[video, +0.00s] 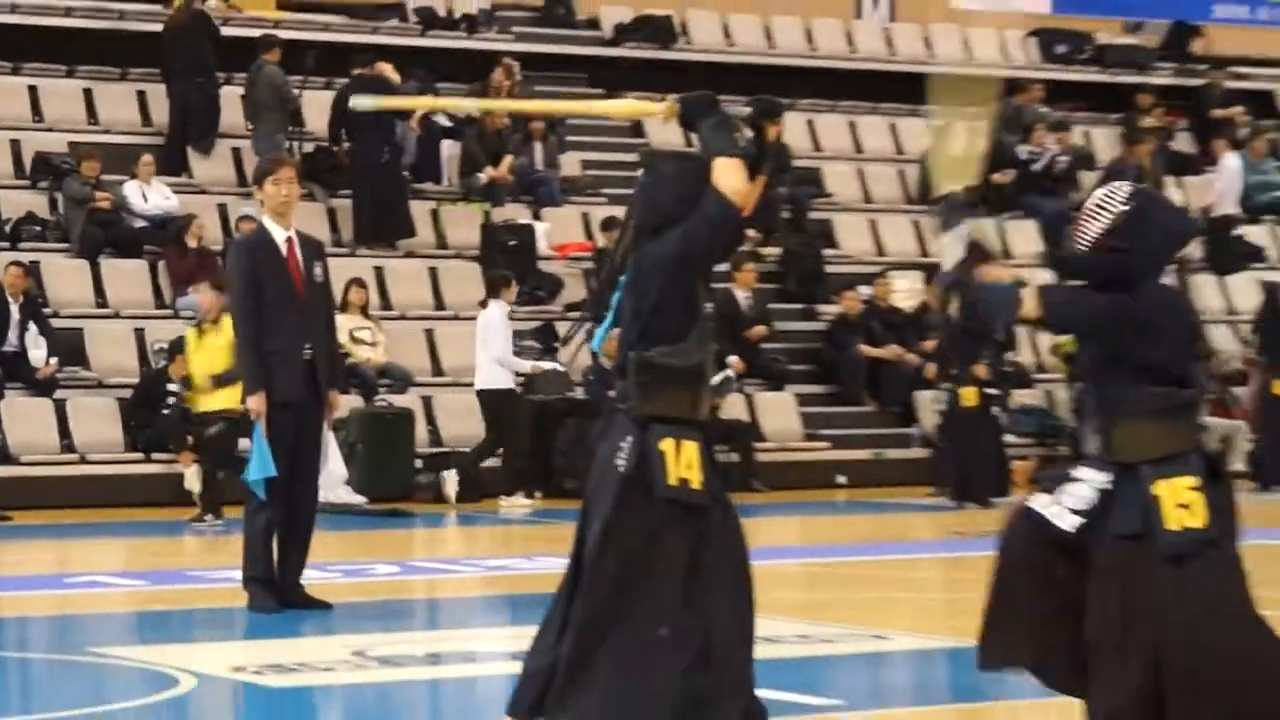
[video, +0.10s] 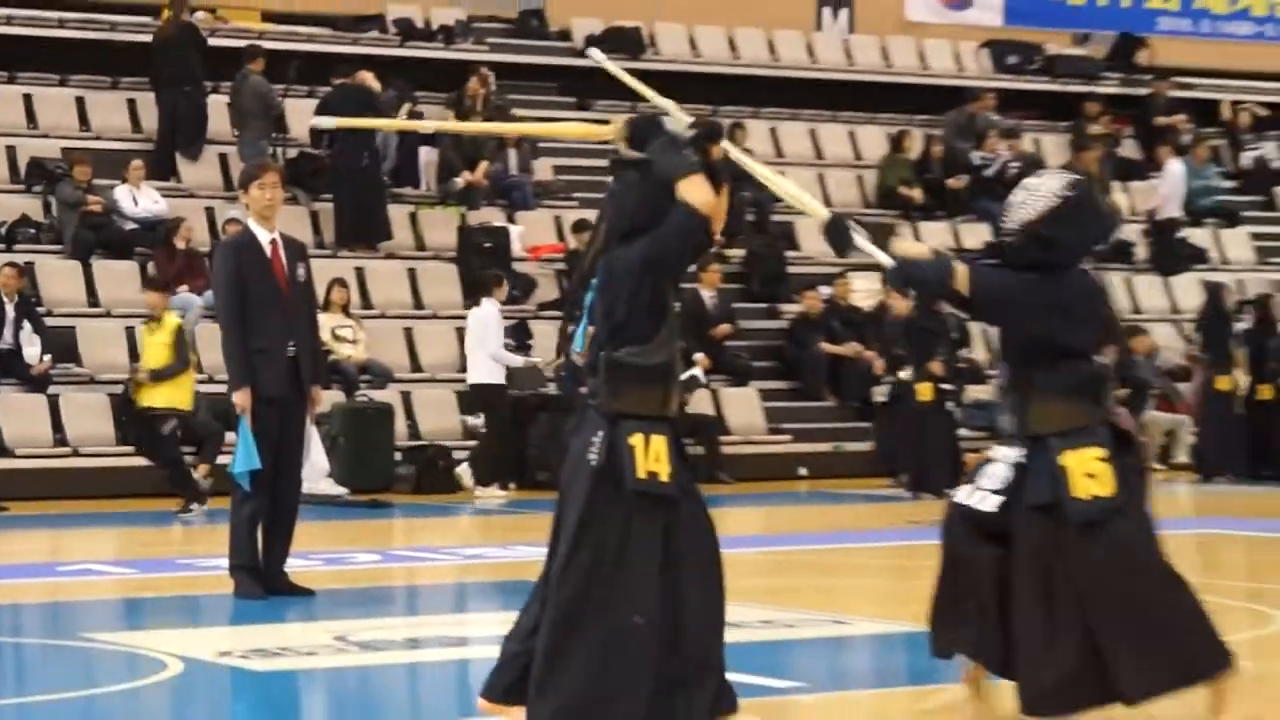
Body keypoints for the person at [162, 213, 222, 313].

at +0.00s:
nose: (202, 229)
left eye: (201, 226)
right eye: (198, 226)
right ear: (187, 228)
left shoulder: (206, 251)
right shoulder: (174, 250)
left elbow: (217, 278)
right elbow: (180, 276)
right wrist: (192, 249)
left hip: (208, 291)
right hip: (184, 294)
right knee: (209, 303)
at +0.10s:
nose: (190, 233)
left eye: (190, 229)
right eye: (186, 229)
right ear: (175, 232)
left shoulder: (195, 254)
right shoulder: (163, 252)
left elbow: (204, 280)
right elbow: (167, 278)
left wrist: (190, 287)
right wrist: (180, 251)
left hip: (197, 292)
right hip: (172, 293)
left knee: (216, 298)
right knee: (196, 303)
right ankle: (187, 345)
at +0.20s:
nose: (176, 237)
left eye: (177, 234)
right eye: (173, 233)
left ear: (178, 236)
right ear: (162, 235)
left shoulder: (181, 256)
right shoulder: (150, 255)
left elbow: (191, 281)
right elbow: (154, 279)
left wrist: (176, 288)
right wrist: (167, 255)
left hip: (184, 293)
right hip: (160, 295)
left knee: (200, 298)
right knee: (183, 305)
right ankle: (170, 343)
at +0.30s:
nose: (166, 239)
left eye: (167, 236)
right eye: (163, 236)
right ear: (152, 239)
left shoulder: (171, 258)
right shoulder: (141, 257)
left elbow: (180, 283)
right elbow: (144, 280)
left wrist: (165, 288)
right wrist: (157, 256)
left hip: (174, 294)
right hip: (150, 295)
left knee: (191, 298)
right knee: (172, 304)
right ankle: (161, 341)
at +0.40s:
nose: (171, 241)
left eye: (171, 237)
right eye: (168, 237)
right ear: (157, 240)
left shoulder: (175, 259)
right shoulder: (146, 258)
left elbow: (184, 282)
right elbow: (151, 279)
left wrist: (170, 288)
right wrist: (162, 256)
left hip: (178, 292)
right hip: (156, 294)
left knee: (197, 298)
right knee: (176, 303)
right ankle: (166, 340)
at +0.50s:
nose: (180, 240)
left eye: (181, 237)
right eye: (177, 236)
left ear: (182, 239)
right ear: (168, 239)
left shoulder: (186, 257)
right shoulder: (157, 257)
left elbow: (194, 280)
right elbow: (162, 276)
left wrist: (181, 285)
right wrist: (172, 255)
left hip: (188, 291)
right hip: (166, 292)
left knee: (206, 295)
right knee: (187, 300)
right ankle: (176, 336)